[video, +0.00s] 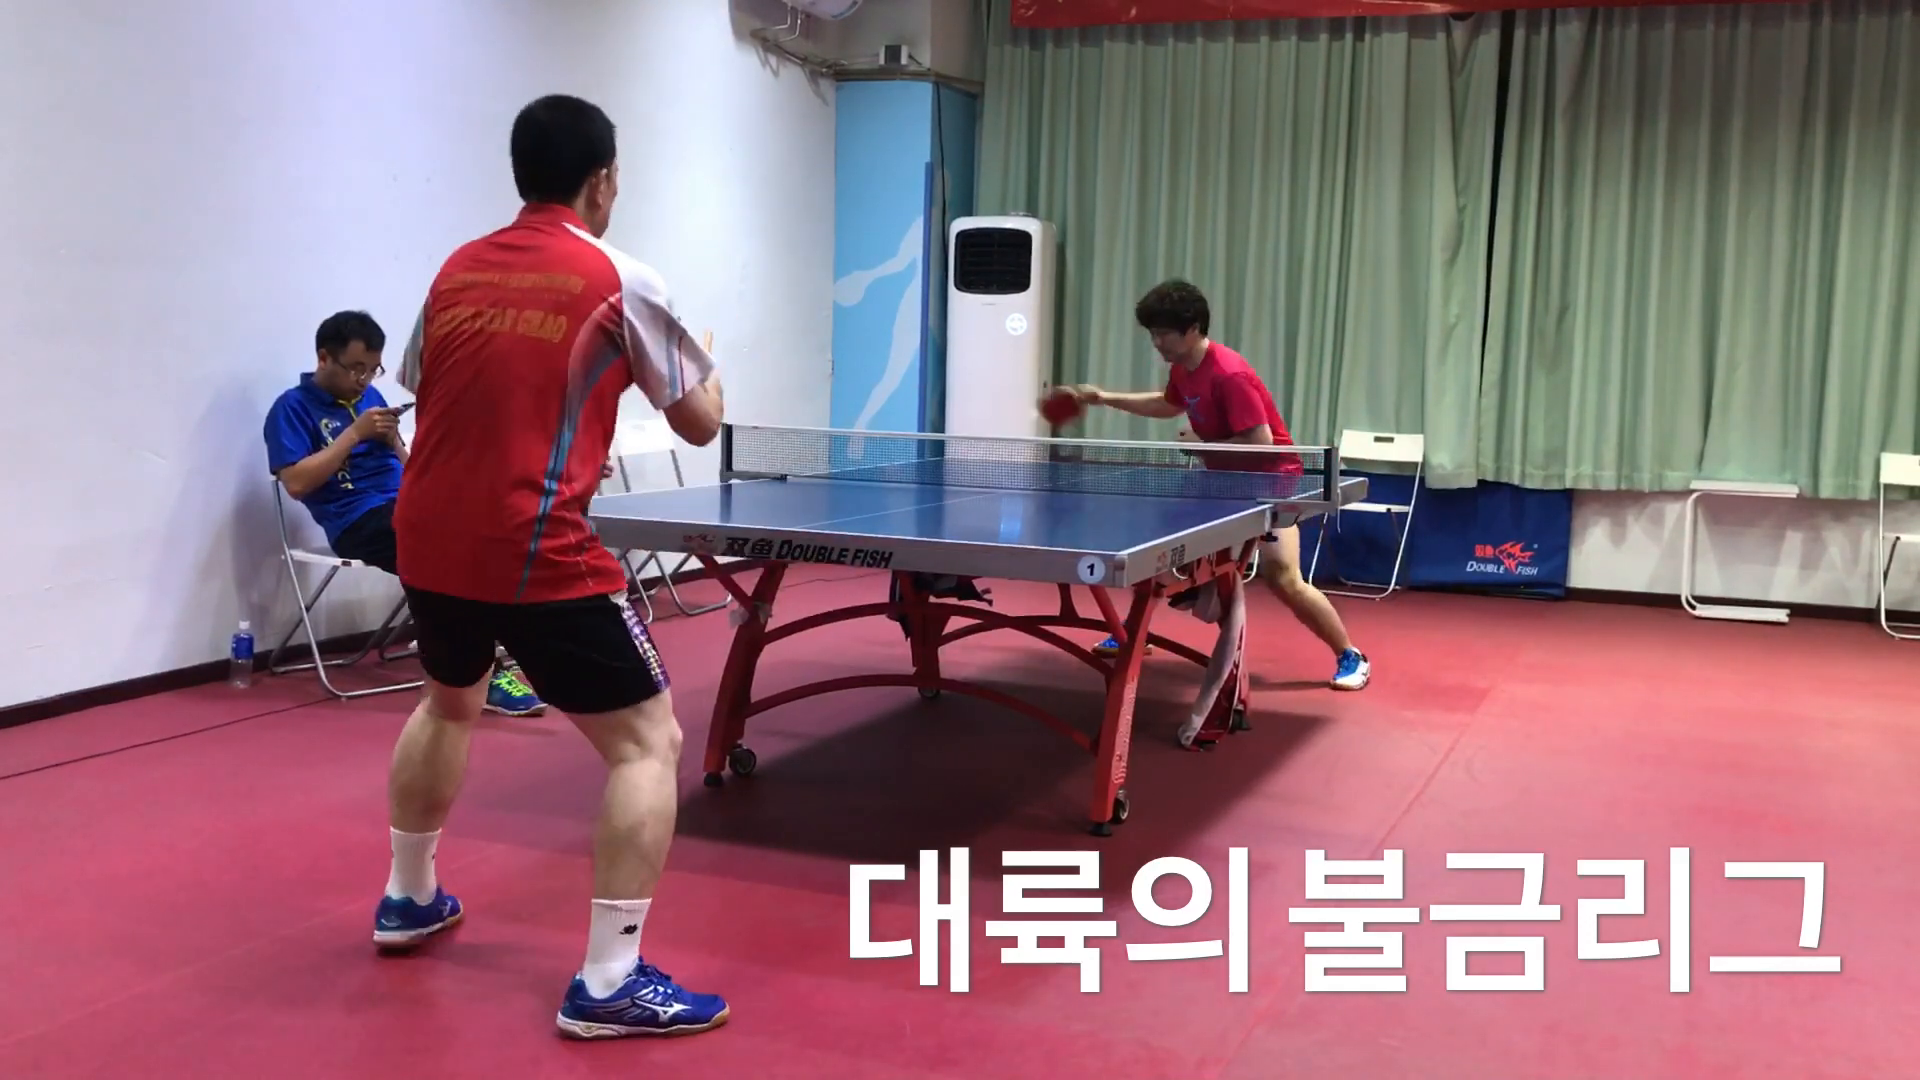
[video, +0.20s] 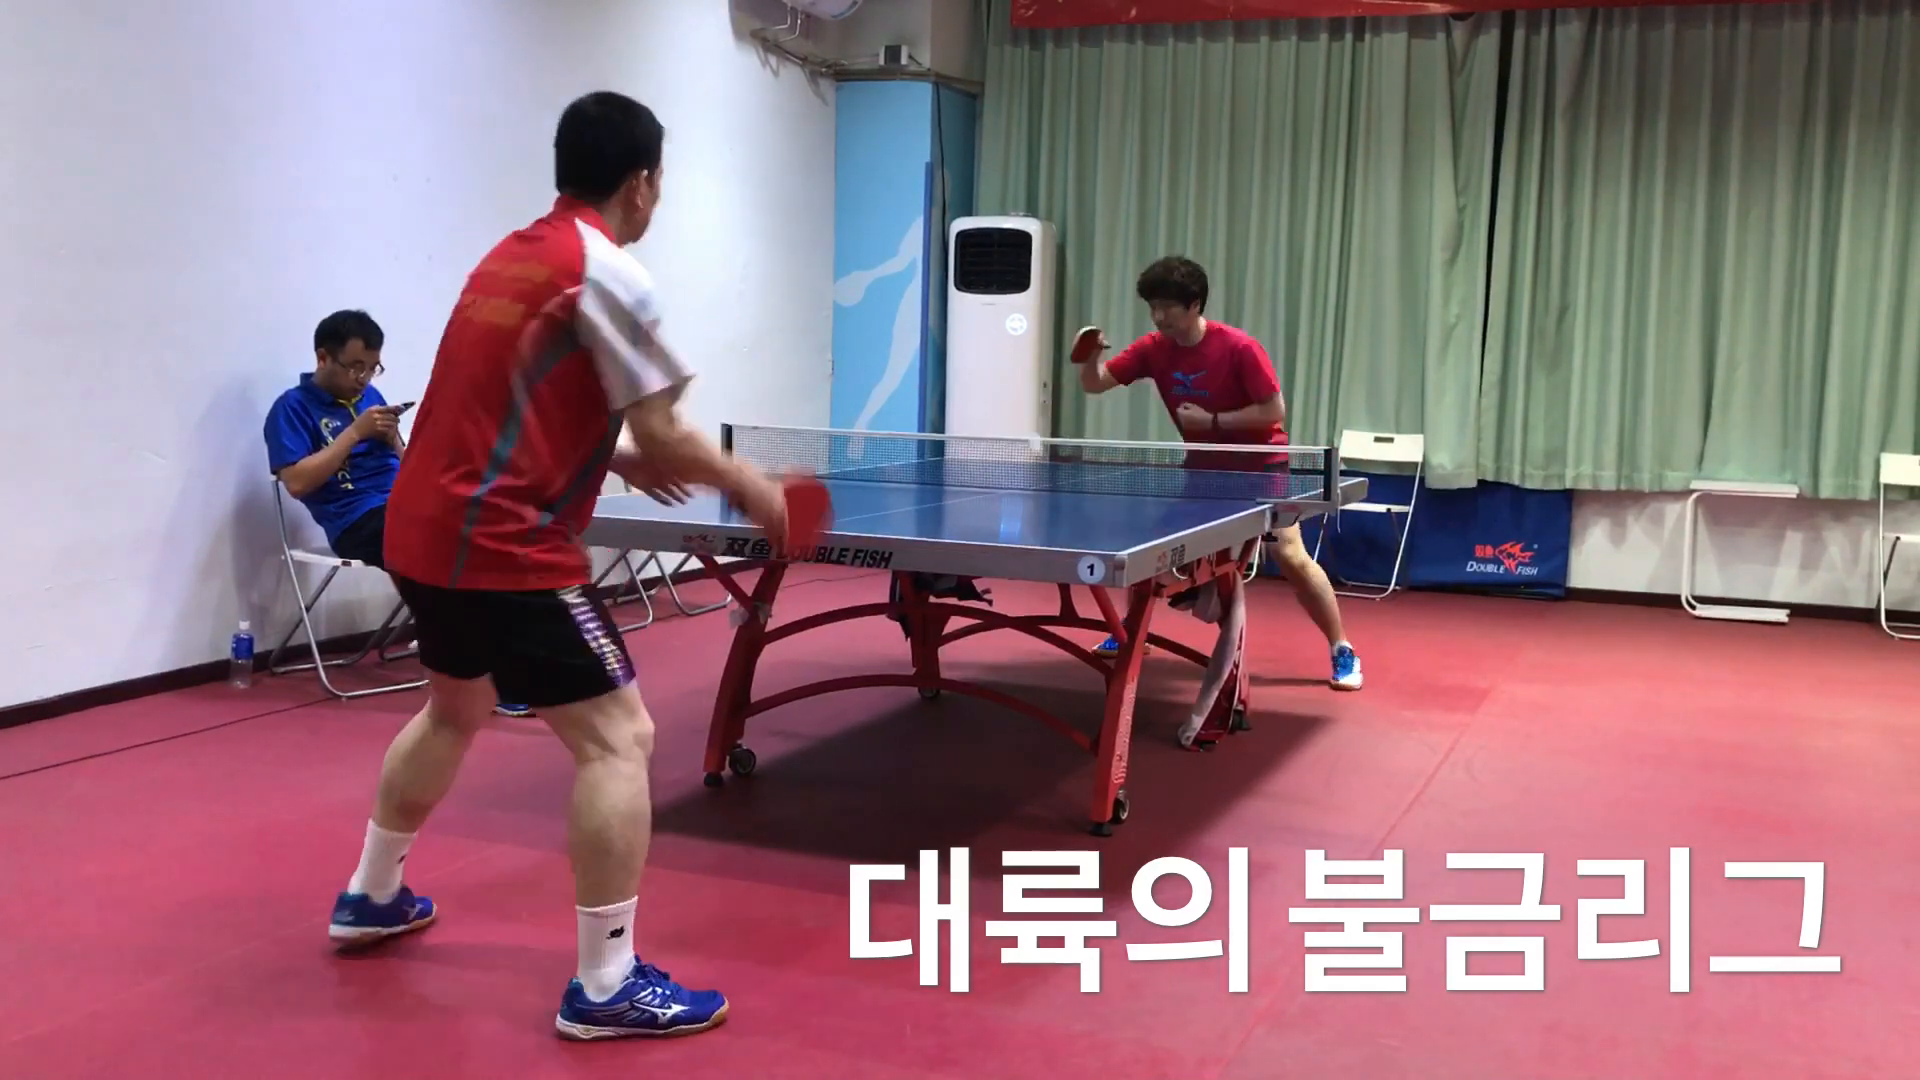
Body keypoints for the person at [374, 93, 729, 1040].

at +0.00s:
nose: (616, 192)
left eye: (614, 178)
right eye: (615, 179)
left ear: (518, 179)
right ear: (598, 184)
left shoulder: (458, 266)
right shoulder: (612, 281)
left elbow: (423, 391)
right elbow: (698, 424)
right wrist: (706, 380)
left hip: (428, 544)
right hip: (540, 554)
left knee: (448, 703)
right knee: (646, 743)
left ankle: (408, 898)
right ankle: (609, 979)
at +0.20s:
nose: (659, 197)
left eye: (656, 179)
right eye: (659, 179)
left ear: (567, 174)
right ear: (639, 182)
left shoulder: (511, 255)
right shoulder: (605, 271)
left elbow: (523, 410)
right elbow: (658, 440)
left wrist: (631, 459)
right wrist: (745, 481)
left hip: (423, 535)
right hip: (509, 551)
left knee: (453, 712)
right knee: (615, 735)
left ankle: (369, 895)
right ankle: (606, 983)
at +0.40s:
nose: (678, 224)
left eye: (676, 207)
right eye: (672, 208)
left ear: (596, 218)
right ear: (636, 218)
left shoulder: (539, 290)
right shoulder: (602, 312)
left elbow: (543, 414)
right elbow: (659, 452)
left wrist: (620, 474)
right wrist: (793, 519)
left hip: (407, 557)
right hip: (471, 568)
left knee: (459, 724)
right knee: (615, 738)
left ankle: (365, 901)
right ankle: (596, 984)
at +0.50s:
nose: (712, 251)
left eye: (708, 233)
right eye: (704, 234)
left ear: (622, 238)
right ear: (675, 243)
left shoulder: (558, 307)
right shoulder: (655, 335)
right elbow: (823, 407)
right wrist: (980, 428)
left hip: (392, 539)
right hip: (444, 556)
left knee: (433, 715)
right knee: (604, 740)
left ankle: (359, 897)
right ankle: (596, 988)